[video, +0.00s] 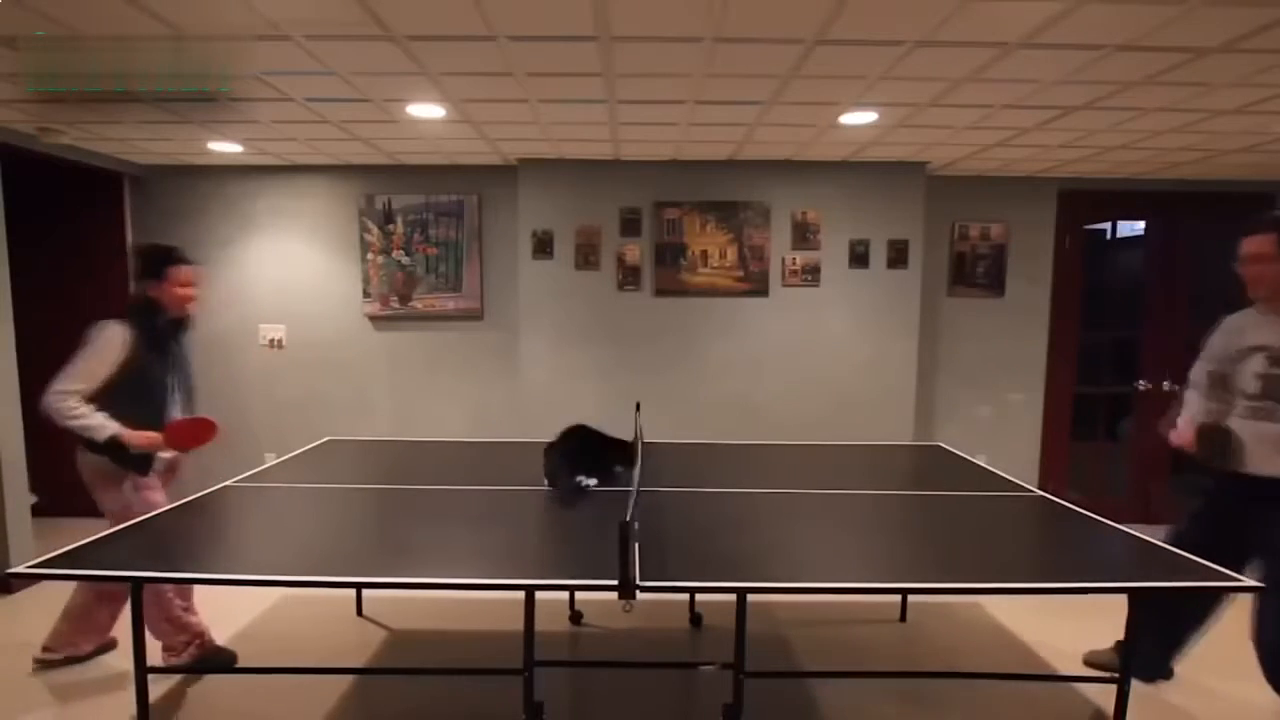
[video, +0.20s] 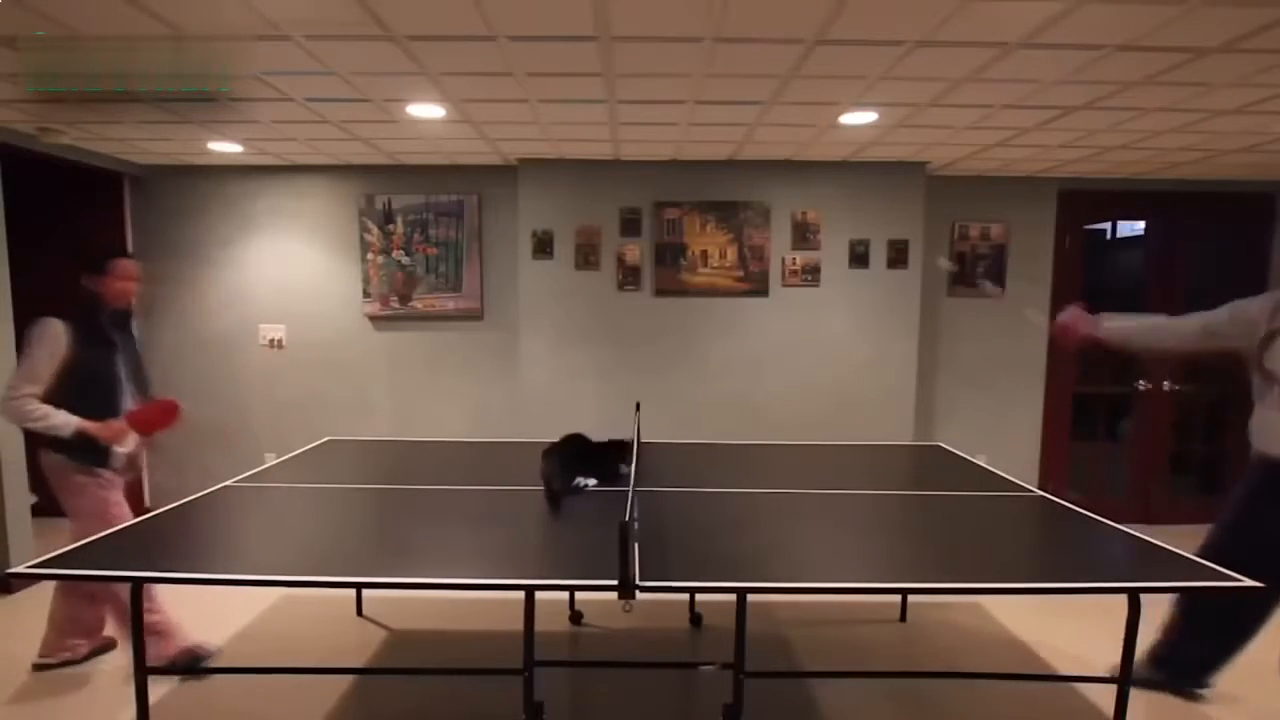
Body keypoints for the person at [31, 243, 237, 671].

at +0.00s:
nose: (191, 294)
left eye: (193, 285)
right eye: (183, 284)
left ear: (185, 288)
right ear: (154, 288)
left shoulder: (171, 337)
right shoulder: (119, 334)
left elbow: (175, 398)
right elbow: (58, 399)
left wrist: (178, 441)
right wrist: (124, 434)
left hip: (149, 459)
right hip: (111, 461)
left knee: (126, 550)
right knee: (161, 544)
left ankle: (71, 641)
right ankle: (185, 644)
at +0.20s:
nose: (130, 288)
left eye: (134, 280)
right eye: (121, 279)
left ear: (138, 287)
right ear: (96, 283)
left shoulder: (122, 332)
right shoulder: (59, 331)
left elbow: (124, 396)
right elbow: (17, 402)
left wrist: (146, 420)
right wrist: (87, 427)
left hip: (115, 456)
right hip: (73, 461)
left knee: (94, 548)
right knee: (123, 545)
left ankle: (68, 640)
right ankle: (163, 648)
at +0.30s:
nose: (113, 283)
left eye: (117, 275)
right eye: (104, 274)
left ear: (121, 281)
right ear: (76, 277)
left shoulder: (106, 330)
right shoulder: (43, 326)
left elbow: (114, 393)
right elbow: (10, 401)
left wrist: (129, 423)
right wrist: (80, 421)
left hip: (102, 454)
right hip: (64, 458)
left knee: (85, 547)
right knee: (119, 539)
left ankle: (61, 643)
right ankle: (114, 652)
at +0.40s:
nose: (110, 283)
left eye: (114, 274)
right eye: (101, 273)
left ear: (117, 279)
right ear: (72, 274)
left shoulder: (101, 329)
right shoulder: (40, 323)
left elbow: (108, 394)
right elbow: (4, 395)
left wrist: (125, 422)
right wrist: (68, 416)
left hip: (98, 454)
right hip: (62, 459)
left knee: (85, 548)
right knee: (113, 542)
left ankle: (61, 642)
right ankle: (104, 654)